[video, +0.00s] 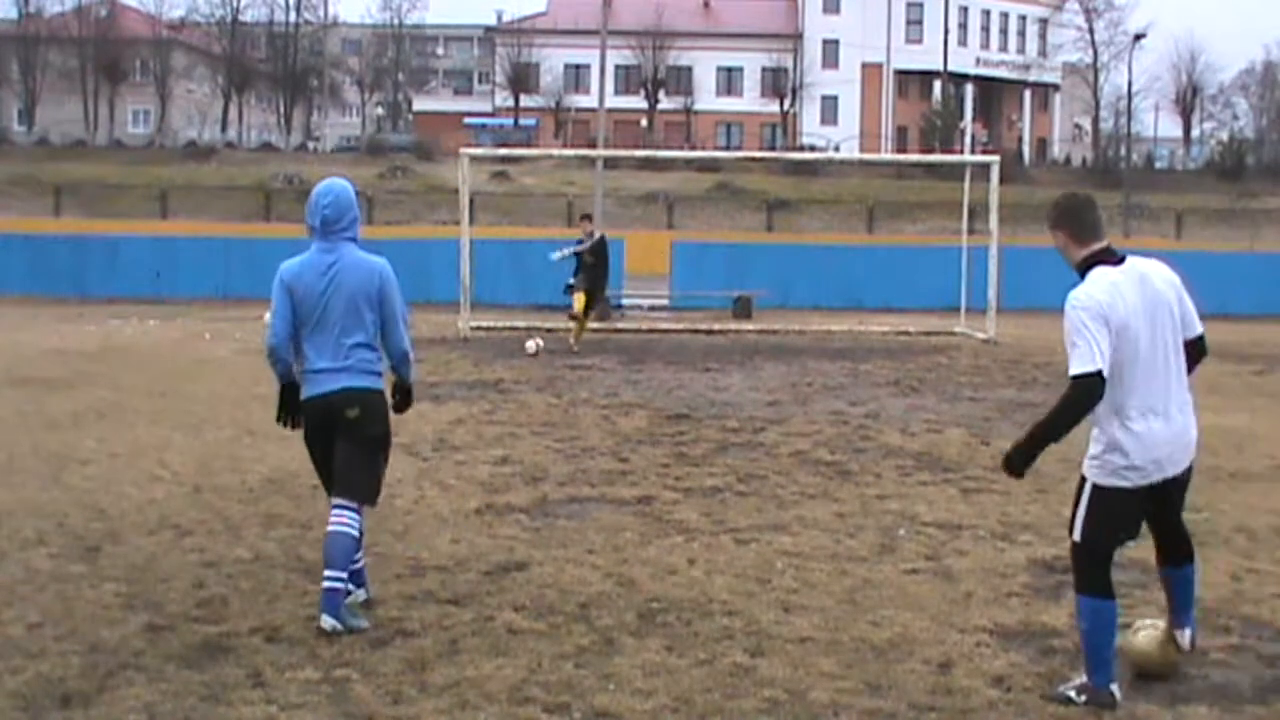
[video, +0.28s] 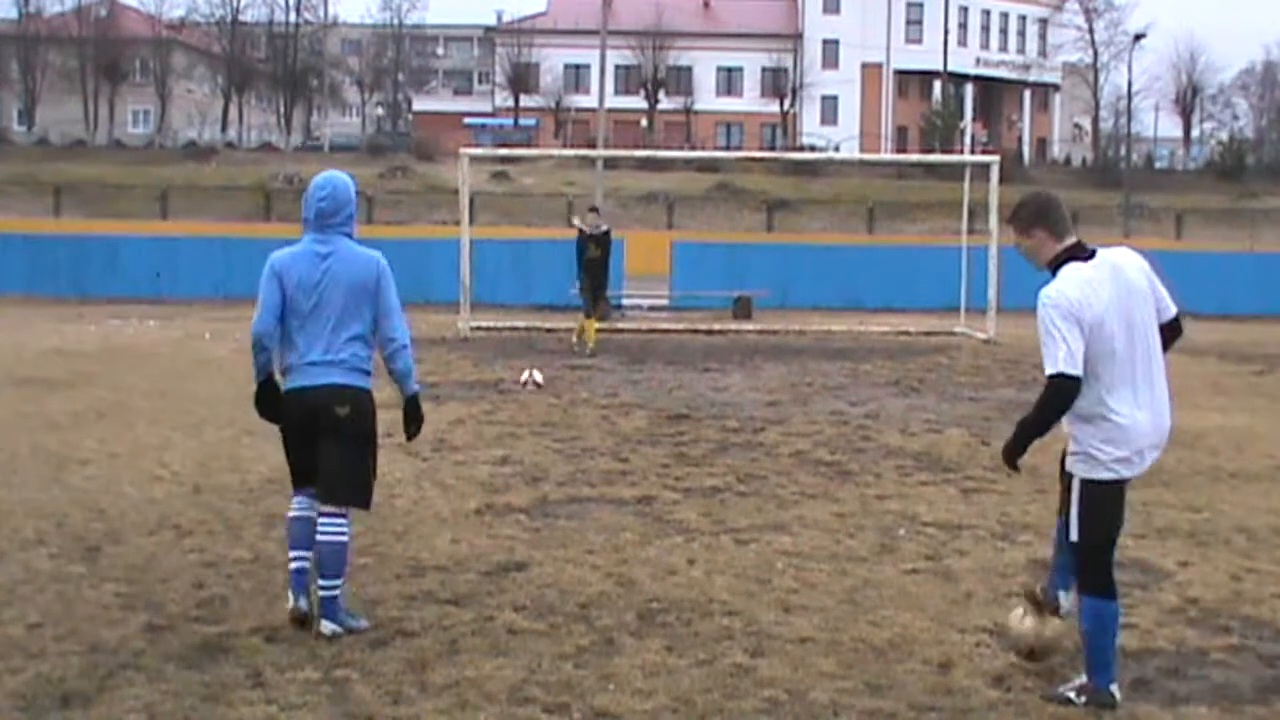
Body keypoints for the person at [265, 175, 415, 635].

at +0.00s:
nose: (357, 220)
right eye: (356, 213)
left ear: (312, 219)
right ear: (356, 217)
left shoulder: (290, 272)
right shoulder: (377, 269)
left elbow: (277, 342)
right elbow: (396, 340)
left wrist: (288, 381)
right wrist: (404, 377)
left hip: (316, 402)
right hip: (364, 399)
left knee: (343, 496)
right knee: (347, 501)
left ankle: (357, 588)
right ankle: (332, 607)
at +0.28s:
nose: (352, 214)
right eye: (353, 206)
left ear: (309, 210)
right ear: (352, 211)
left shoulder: (281, 263)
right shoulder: (372, 264)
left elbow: (263, 332)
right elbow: (394, 338)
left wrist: (264, 379)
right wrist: (411, 392)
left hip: (297, 398)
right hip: (351, 399)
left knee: (304, 489)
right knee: (336, 505)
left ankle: (299, 589)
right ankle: (331, 610)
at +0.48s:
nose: (347, 222)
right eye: (345, 215)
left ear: (299, 216)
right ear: (340, 219)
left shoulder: (271, 270)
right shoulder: (352, 268)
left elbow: (247, 344)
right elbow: (369, 345)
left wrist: (263, 388)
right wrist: (391, 396)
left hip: (289, 402)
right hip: (342, 403)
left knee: (288, 508)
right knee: (348, 504)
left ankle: (268, 617)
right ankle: (337, 607)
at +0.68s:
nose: (353, 218)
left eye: (348, 210)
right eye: (351, 211)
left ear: (305, 212)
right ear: (346, 214)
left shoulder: (275, 267)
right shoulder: (353, 265)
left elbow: (261, 343)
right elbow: (366, 345)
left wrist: (286, 377)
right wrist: (399, 385)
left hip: (293, 404)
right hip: (347, 403)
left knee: (291, 510)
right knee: (376, 500)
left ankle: (270, 618)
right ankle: (369, 612)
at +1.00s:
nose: (401, 230)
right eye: (401, 223)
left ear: (356, 228)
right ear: (401, 228)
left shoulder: (328, 285)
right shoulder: (415, 288)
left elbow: (306, 360)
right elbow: (447, 364)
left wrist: (312, 399)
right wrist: (487, 400)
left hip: (333, 425)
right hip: (386, 427)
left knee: (318, 523)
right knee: (402, 536)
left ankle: (282, 618)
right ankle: (389, 652)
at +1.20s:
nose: (431, 215)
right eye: (430, 207)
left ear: (382, 206)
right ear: (428, 210)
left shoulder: (351, 264)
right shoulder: (443, 265)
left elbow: (326, 342)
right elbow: (468, 339)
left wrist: (318, 399)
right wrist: (493, 384)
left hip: (363, 407)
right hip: (414, 412)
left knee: (373, 514)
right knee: (410, 528)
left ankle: (350, 627)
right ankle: (395, 643)